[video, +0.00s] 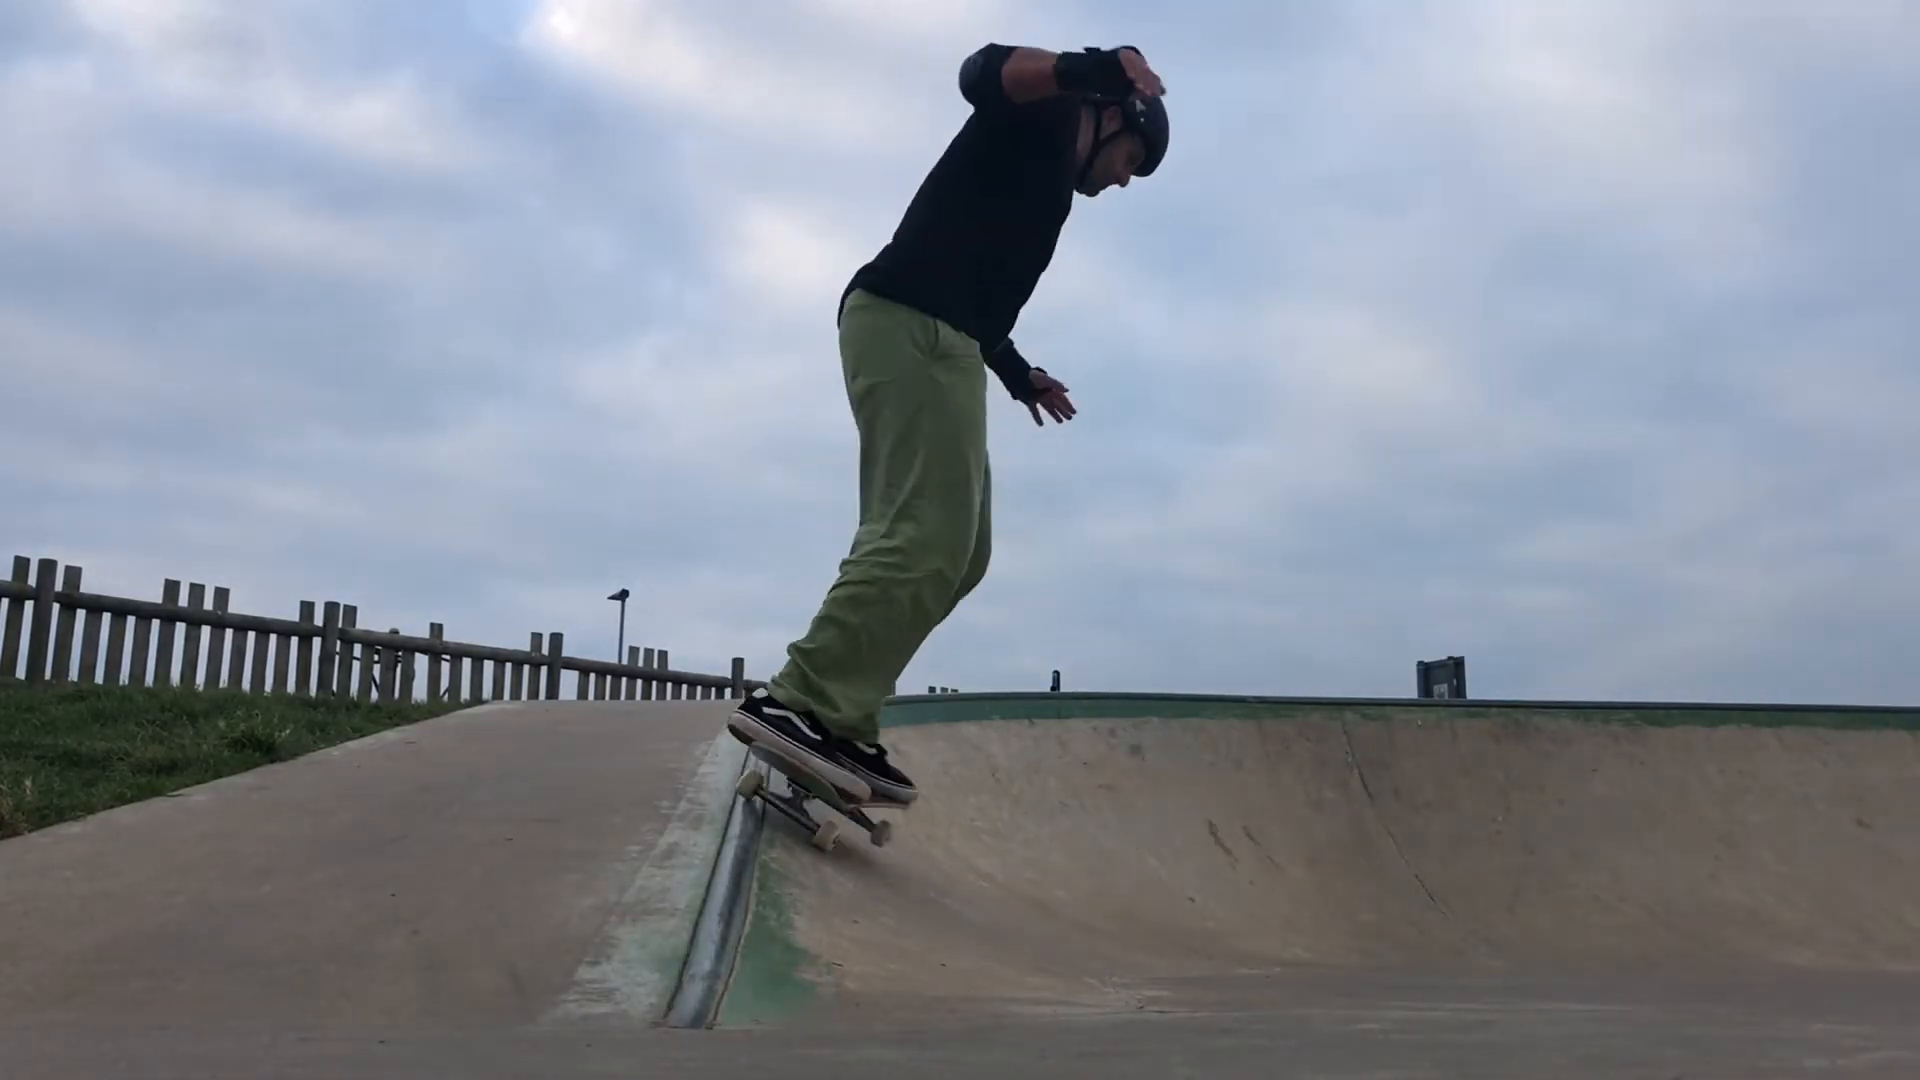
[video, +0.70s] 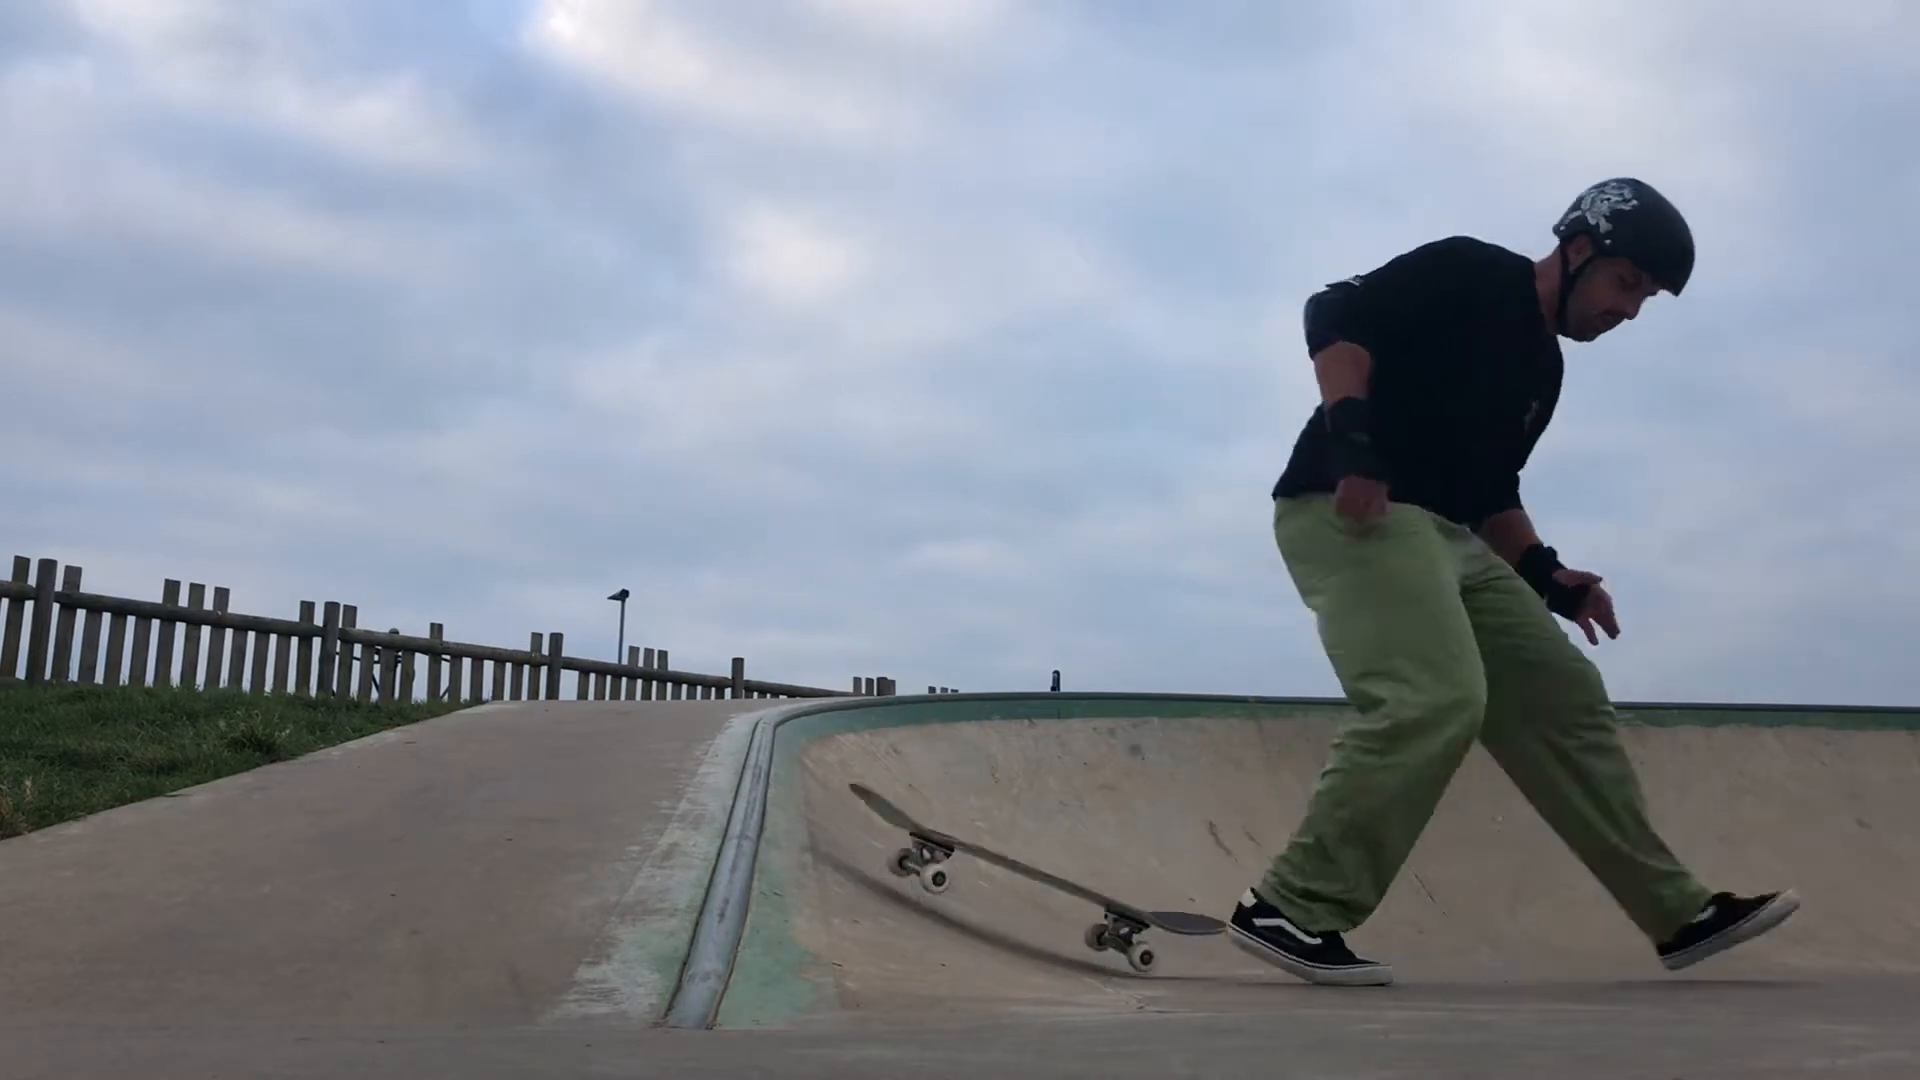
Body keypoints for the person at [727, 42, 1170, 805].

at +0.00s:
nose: (1125, 180)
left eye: (1136, 175)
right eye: (1134, 160)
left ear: (1106, 125)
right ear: (1111, 113)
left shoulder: (1053, 189)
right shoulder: (1042, 114)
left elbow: (978, 306)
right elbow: (982, 73)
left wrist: (1021, 375)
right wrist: (1095, 70)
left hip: (948, 342)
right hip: (909, 320)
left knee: (963, 554)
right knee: (925, 537)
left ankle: (845, 722)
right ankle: (796, 702)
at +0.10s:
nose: (1178, 187)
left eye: (1191, 178)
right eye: (1185, 166)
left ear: (1158, 142)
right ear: (1161, 127)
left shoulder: (1094, 188)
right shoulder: (1091, 114)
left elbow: (1004, 261)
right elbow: (1178, 115)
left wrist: (1018, 361)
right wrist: (1264, 156)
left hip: (995, 376)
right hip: (934, 335)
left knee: (1017, 571)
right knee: (931, 530)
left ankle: (961, 783)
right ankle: (771, 695)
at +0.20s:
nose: (1240, 212)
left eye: (1253, 202)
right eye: (1246, 191)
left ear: (1216, 173)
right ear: (1212, 155)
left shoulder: (1148, 239)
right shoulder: (1139, 153)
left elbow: (1066, 324)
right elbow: (1217, 114)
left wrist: (1076, 411)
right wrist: (1331, 171)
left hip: (1043, 418)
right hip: (981, 370)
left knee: (1059, 633)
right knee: (1004, 541)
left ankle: (1002, 834)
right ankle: (806, 674)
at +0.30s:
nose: (1310, 266)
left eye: (1321, 256)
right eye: (1315, 243)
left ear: (1284, 219)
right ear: (1281, 198)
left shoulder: (1212, 301)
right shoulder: (1191, 188)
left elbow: (1163, 420)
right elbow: (1183, 88)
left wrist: (1212, 523)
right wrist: (1307, 62)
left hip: (1081, 429)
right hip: (1042, 400)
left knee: (1124, 646)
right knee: (1135, 563)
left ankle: (1066, 855)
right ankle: (983, 757)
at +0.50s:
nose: (1474, 320)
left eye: (1484, 306)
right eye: (1477, 296)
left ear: (1433, 271)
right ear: (1434, 260)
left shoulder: (1375, 392)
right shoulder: (1321, 257)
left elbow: (1357, 511)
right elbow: (1220, 210)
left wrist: (1449, 549)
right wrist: (1159, 165)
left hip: (1244, 516)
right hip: (1208, 502)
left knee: (1352, 709)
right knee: (1343, 703)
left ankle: (1205, 853)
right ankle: (1277, 928)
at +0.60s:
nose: (1555, 327)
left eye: (1566, 314)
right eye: (1554, 303)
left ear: (1515, 276)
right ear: (1509, 266)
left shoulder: (1459, 383)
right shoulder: (1402, 272)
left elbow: (1413, 507)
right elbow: (1277, 275)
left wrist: (1487, 551)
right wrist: (1230, 365)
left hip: (1348, 533)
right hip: (1272, 512)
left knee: (1479, 679)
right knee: (1383, 696)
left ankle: (1399, 892)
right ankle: (1277, 922)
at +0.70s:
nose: (1628, 310)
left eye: (1643, 299)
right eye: (1625, 284)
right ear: (1578, 248)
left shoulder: (1543, 372)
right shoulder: (1469, 270)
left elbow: (1487, 491)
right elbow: (1335, 310)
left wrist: (1552, 578)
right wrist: (1354, 444)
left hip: (1453, 539)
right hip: (1356, 510)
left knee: (1565, 699)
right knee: (1434, 698)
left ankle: (1679, 915)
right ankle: (1291, 908)